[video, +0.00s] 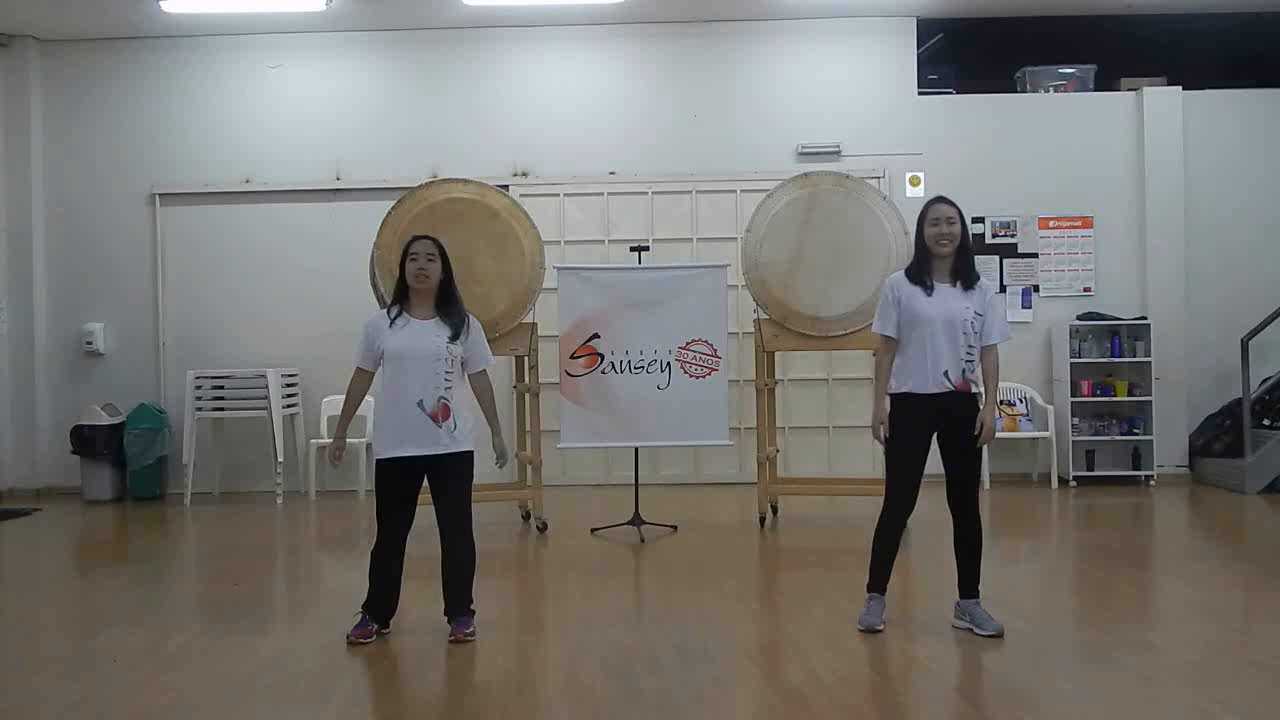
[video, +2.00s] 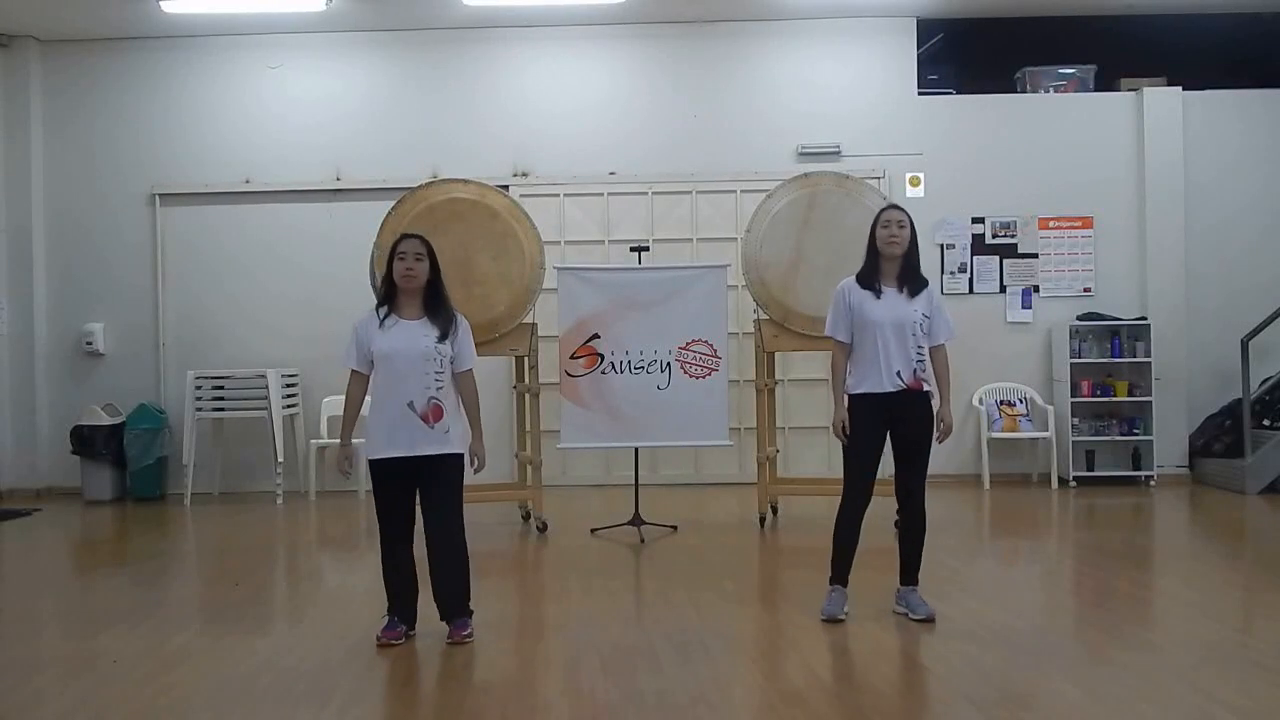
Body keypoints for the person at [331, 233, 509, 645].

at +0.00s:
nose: (421, 265)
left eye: (430, 259)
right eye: (413, 258)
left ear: (444, 270)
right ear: (403, 269)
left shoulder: (464, 325)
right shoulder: (380, 325)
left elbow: (480, 380)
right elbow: (361, 378)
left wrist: (498, 434)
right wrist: (340, 434)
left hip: (452, 447)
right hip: (396, 449)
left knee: (457, 534)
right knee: (389, 536)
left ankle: (461, 614)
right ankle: (375, 615)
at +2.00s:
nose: (409, 265)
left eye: (418, 259)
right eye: (401, 258)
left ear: (431, 269)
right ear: (390, 267)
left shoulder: (452, 324)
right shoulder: (370, 325)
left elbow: (466, 380)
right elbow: (357, 382)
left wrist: (476, 434)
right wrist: (345, 440)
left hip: (443, 448)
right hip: (388, 450)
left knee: (447, 535)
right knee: (395, 538)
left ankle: (458, 616)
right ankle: (400, 617)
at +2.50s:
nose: (434, 265)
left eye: (442, 258)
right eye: (426, 258)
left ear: (456, 267)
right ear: (415, 268)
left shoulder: (477, 322)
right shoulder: (394, 322)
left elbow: (487, 378)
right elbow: (382, 379)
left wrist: (493, 427)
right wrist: (366, 432)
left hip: (463, 447)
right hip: (408, 448)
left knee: (463, 535)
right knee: (406, 535)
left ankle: (460, 616)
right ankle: (401, 617)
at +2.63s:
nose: (439, 267)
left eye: (448, 260)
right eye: (431, 260)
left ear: (462, 269)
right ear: (421, 270)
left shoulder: (483, 324)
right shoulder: (401, 324)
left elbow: (494, 382)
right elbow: (389, 381)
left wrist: (499, 431)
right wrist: (374, 434)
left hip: (468, 448)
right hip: (414, 449)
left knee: (469, 536)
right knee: (410, 536)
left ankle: (461, 616)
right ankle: (404, 616)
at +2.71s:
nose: (442, 269)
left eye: (451, 261)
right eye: (434, 262)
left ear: (465, 270)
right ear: (425, 271)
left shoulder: (487, 326)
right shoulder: (404, 325)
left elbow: (499, 384)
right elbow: (393, 383)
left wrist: (505, 436)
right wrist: (380, 436)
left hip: (471, 448)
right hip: (416, 448)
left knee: (470, 536)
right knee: (413, 536)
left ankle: (462, 615)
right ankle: (412, 613)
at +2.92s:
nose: (444, 269)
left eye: (453, 262)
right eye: (436, 262)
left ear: (467, 270)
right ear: (427, 270)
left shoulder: (488, 326)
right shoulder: (405, 324)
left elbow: (501, 385)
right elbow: (394, 384)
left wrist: (512, 437)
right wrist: (384, 436)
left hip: (471, 449)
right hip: (417, 448)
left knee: (468, 535)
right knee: (421, 537)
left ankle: (462, 616)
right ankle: (424, 615)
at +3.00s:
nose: (443, 269)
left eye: (453, 262)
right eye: (436, 262)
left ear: (467, 270)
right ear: (426, 270)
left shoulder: (487, 326)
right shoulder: (404, 324)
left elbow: (501, 386)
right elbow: (393, 385)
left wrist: (514, 439)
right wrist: (381, 437)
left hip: (471, 449)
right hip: (416, 449)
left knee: (467, 535)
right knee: (421, 537)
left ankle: (461, 615)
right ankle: (424, 615)